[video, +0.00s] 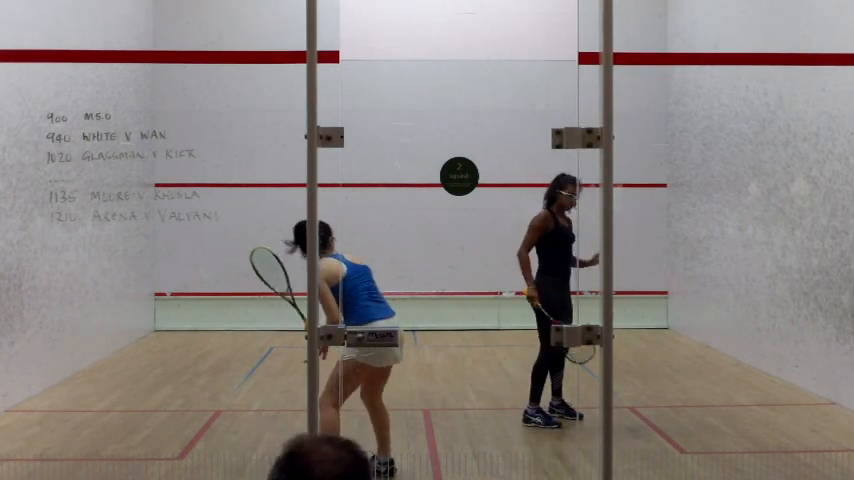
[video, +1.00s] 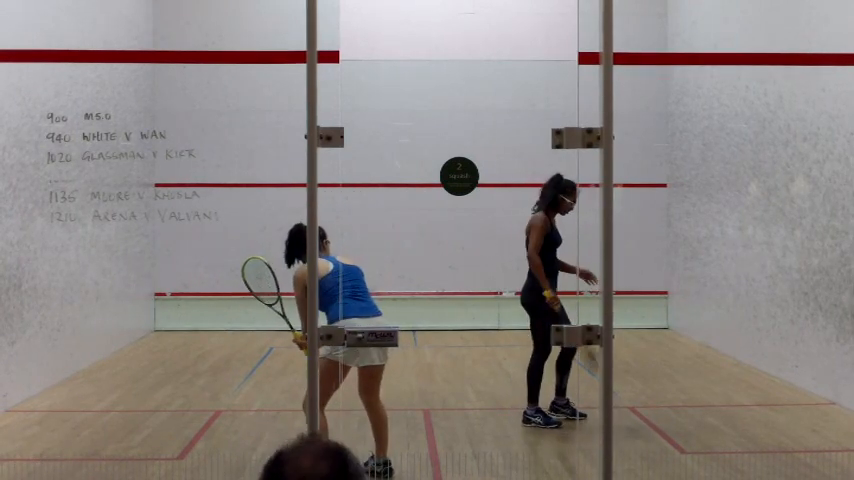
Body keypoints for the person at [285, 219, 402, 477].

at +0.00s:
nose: (304, 256)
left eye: (304, 250)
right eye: (334, 238)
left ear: (305, 248)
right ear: (332, 241)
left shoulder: (320, 270)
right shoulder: (354, 261)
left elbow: (334, 318)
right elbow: (355, 309)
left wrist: (324, 341)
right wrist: (327, 335)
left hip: (364, 340)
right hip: (391, 335)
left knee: (328, 402)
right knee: (373, 397)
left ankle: (329, 465)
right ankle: (384, 461)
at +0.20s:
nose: (337, 245)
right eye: (336, 242)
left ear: (307, 251)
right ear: (332, 244)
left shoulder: (314, 271)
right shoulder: (355, 263)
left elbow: (326, 316)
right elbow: (361, 303)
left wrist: (329, 343)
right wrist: (334, 336)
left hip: (360, 334)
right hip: (391, 331)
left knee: (327, 401)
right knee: (380, 397)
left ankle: (328, 463)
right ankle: (385, 461)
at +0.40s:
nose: (336, 247)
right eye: (335, 244)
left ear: (306, 251)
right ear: (332, 246)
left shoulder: (311, 271)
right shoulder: (355, 265)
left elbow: (316, 319)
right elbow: (358, 310)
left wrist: (319, 350)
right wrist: (331, 344)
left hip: (355, 333)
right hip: (387, 330)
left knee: (322, 403)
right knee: (376, 396)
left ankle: (327, 464)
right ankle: (385, 460)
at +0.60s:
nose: (334, 248)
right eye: (332, 246)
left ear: (301, 252)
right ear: (329, 247)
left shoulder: (306, 274)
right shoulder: (353, 267)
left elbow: (310, 319)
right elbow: (352, 314)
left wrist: (310, 342)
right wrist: (319, 340)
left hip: (348, 336)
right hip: (380, 333)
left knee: (313, 404)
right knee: (371, 397)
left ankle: (326, 465)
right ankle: (383, 462)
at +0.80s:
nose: (331, 247)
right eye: (329, 245)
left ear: (299, 252)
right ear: (326, 246)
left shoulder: (303, 273)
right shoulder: (349, 264)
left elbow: (306, 320)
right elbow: (348, 311)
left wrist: (307, 341)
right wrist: (314, 338)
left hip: (343, 335)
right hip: (377, 331)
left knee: (312, 404)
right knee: (371, 396)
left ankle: (328, 463)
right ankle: (381, 461)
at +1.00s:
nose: (331, 246)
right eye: (329, 243)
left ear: (299, 250)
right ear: (326, 244)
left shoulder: (303, 273)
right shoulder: (349, 264)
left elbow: (308, 319)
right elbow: (350, 308)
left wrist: (307, 341)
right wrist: (314, 337)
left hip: (344, 335)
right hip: (378, 330)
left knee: (312, 404)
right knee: (371, 396)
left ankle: (324, 463)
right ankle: (382, 461)